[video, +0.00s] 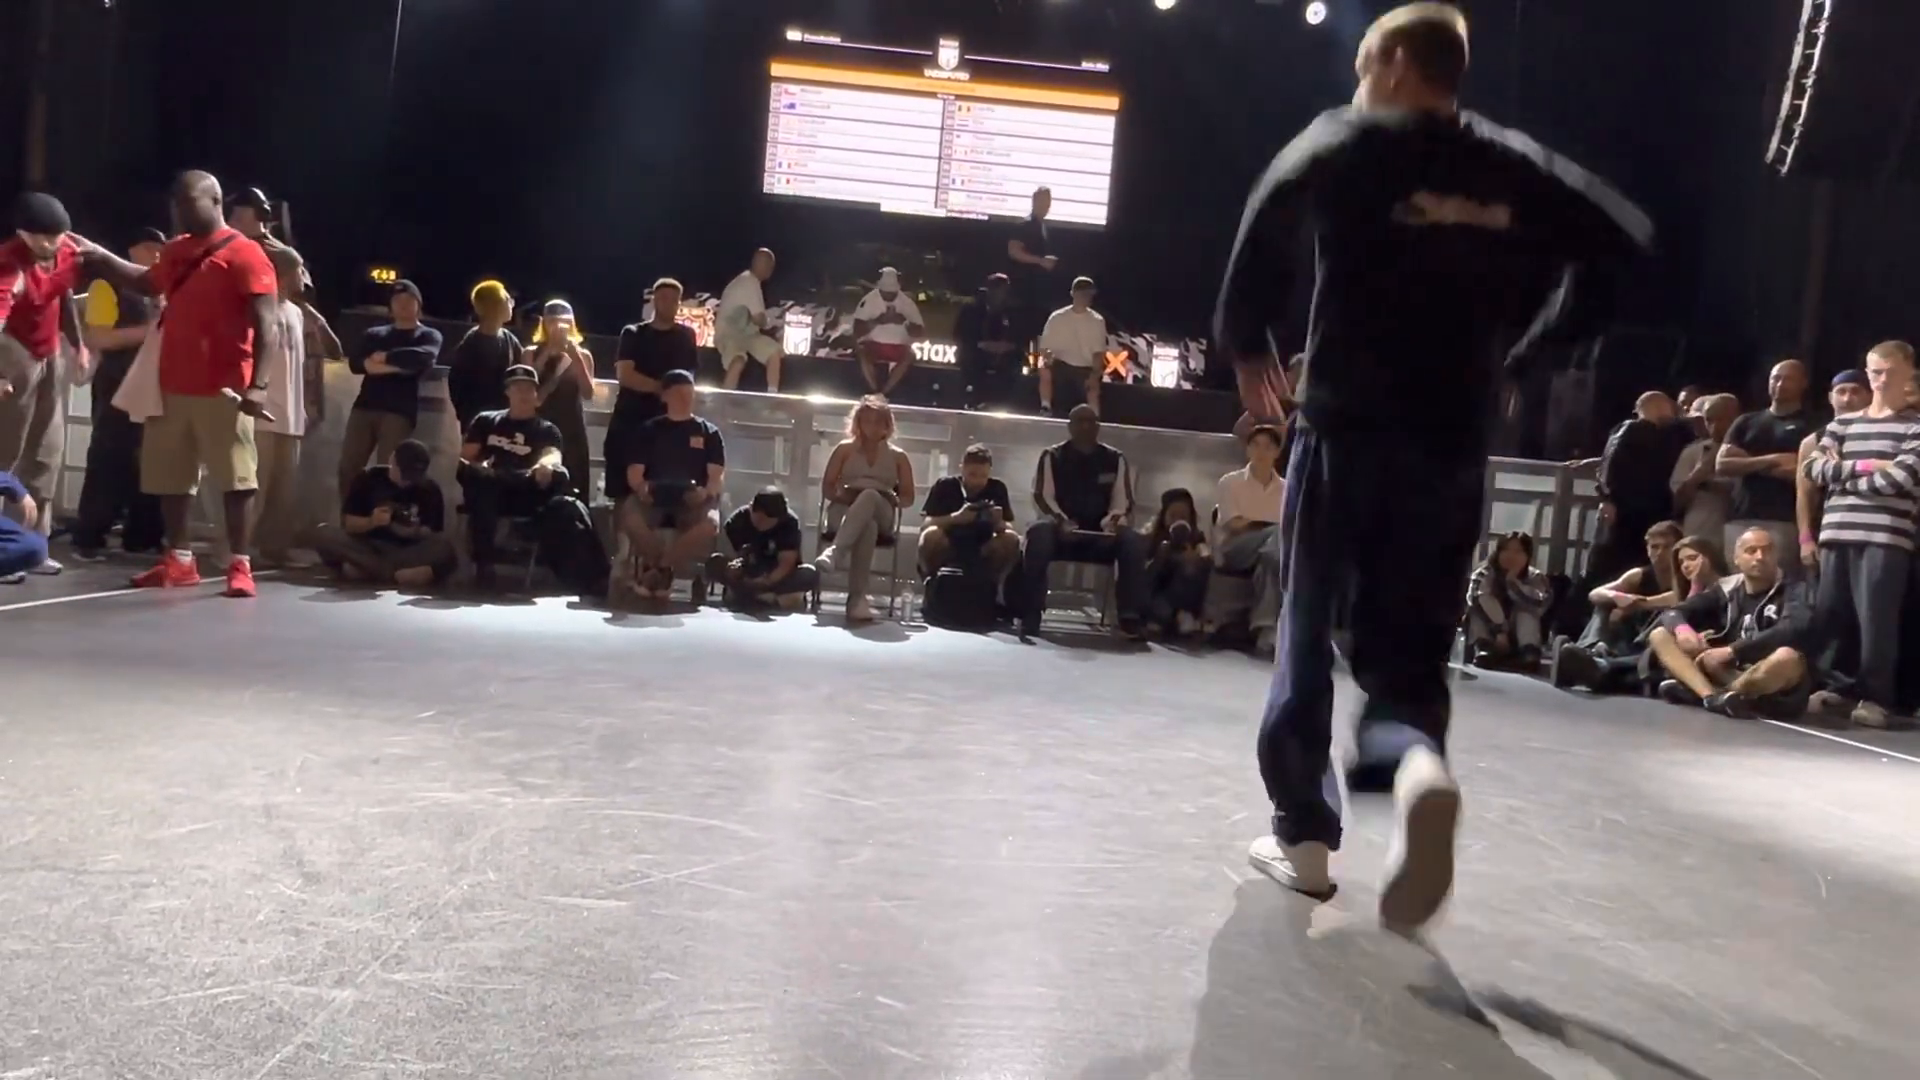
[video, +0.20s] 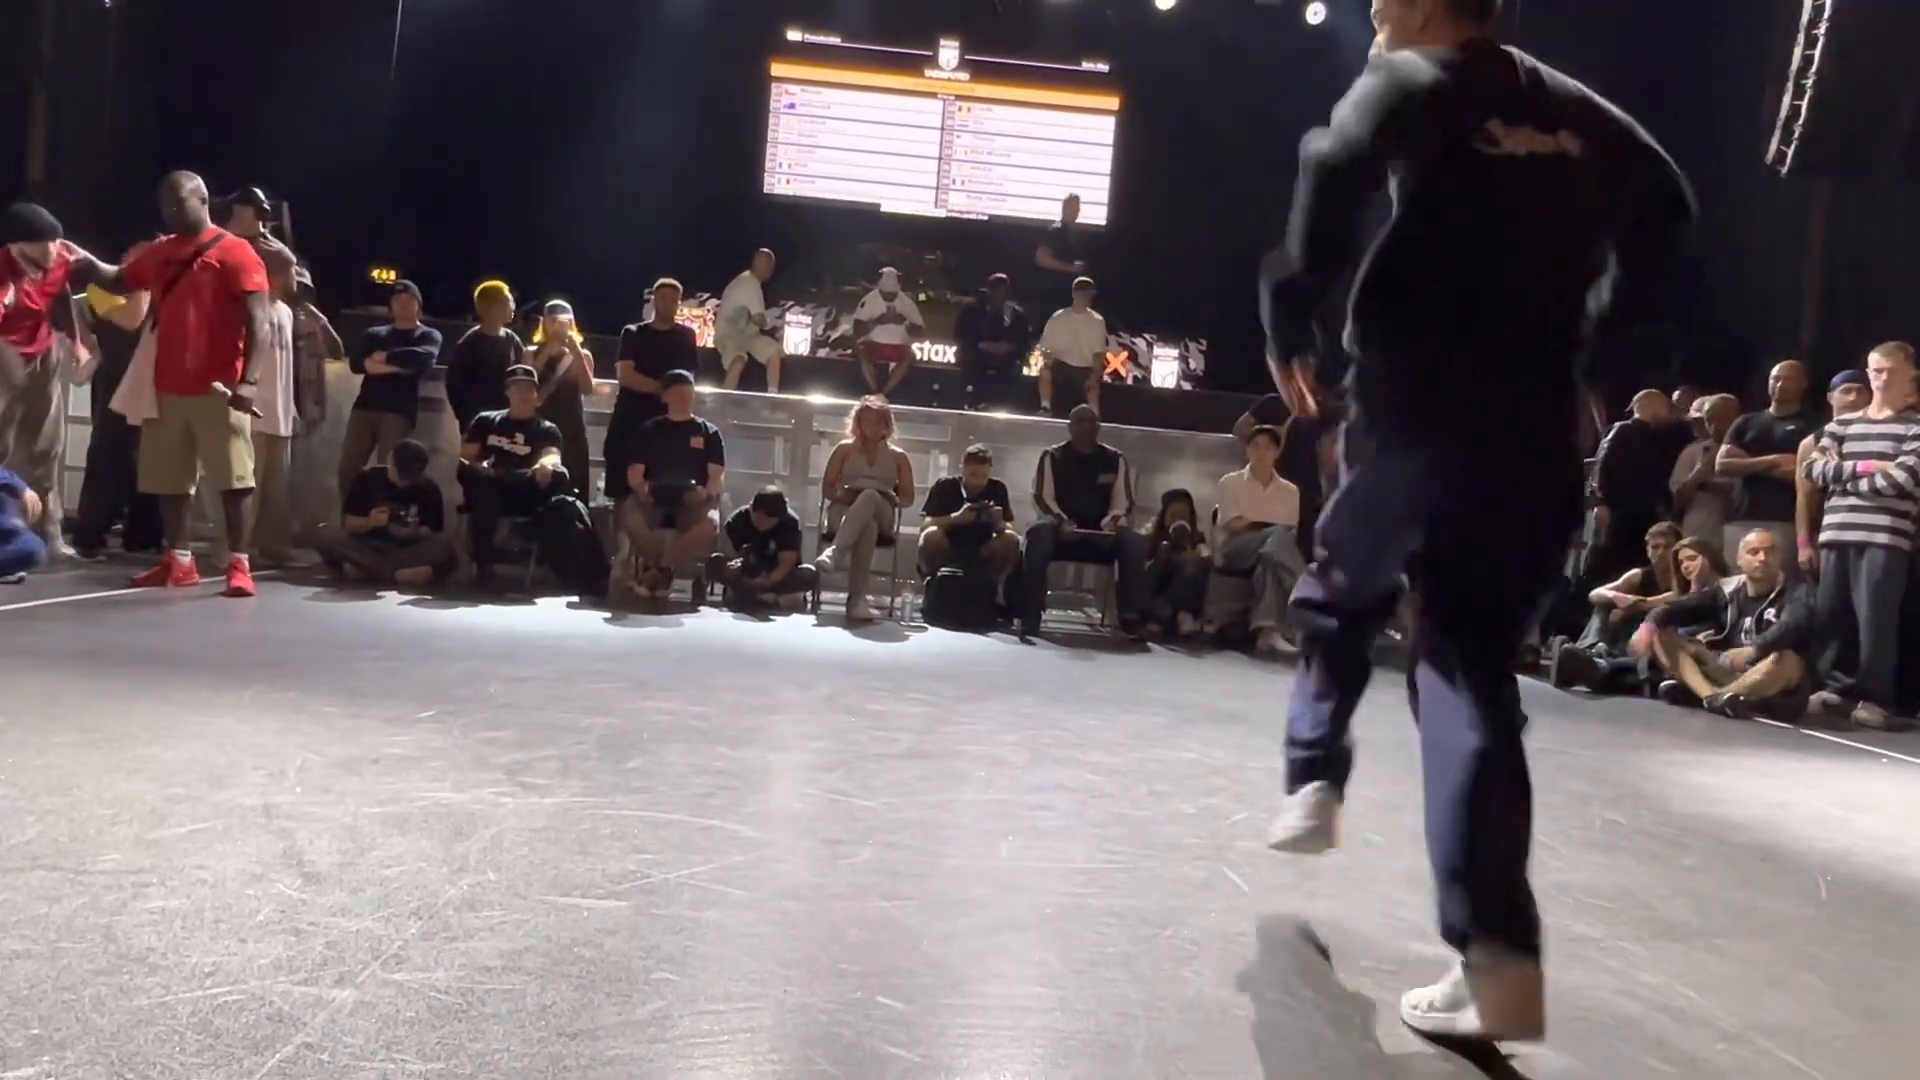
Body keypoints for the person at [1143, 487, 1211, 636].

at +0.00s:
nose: (1178, 521)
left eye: (1183, 516)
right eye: (1172, 515)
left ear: (1192, 516)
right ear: (1163, 516)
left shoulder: (1197, 539)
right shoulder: (1151, 540)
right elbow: (1147, 572)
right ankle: (1182, 615)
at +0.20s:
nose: (1178, 522)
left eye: (1183, 516)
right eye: (1173, 516)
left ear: (1191, 517)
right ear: (1163, 516)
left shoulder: (1197, 538)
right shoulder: (1152, 539)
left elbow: (1207, 562)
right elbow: (1147, 572)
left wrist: (1190, 551)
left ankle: (1192, 615)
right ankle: (1183, 614)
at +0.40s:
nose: (1179, 522)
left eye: (1184, 517)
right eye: (1174, 516)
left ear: (1192, 517)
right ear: (1164, 516)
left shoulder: (1197, 537)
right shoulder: (1152, 537)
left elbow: (1206, 559)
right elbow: (1147, 569)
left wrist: (1186, 545)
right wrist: (1165, 549)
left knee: (1197, 567)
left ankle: (1187, 613)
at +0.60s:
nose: (1179, 523)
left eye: (1184, 517)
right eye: (1174, 517)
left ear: (1192, 518)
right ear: (1164, 516)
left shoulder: (1196, 538)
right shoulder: (1152, 537)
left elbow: (1207, 558)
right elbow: (1147, 569)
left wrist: (1187, 549)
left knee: (1195, 567)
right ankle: (1184, 615)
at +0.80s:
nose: (1180, 523)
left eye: (1185, 518)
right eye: (1175, 518)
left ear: (1192, 518)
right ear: (1165, 517)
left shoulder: (1197, 538)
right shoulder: (1152, 538)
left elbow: (1207, 559)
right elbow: (1148, 572)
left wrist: (1188, 550)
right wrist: (1166, 553)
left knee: (1199, 568)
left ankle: (1190, 617)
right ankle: (1186, 616)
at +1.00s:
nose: (1179, 522)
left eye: (1184, 517)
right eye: (1174, 516)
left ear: (1192, 517)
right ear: (1164, 516)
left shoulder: (1197, 539)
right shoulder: (1151, 539)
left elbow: (1207, 558)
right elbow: (1148, 572)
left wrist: (1191, 555)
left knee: (1196, 568)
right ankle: (1185, 616)